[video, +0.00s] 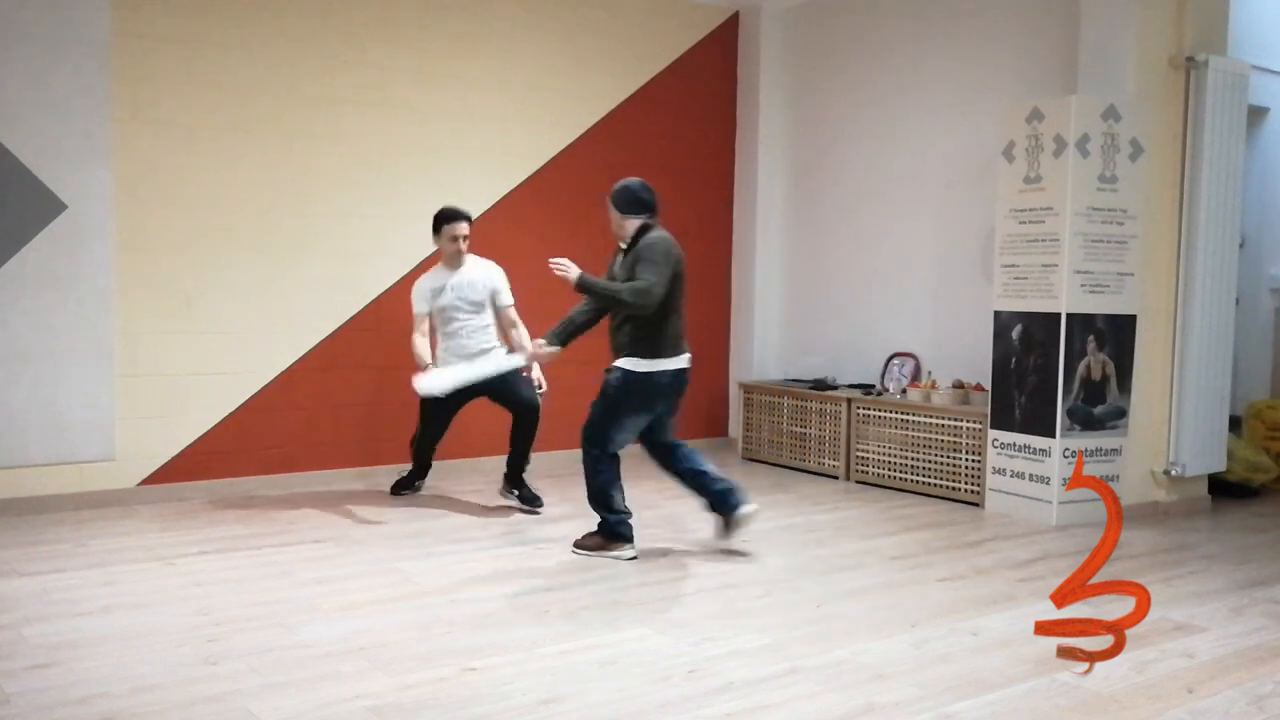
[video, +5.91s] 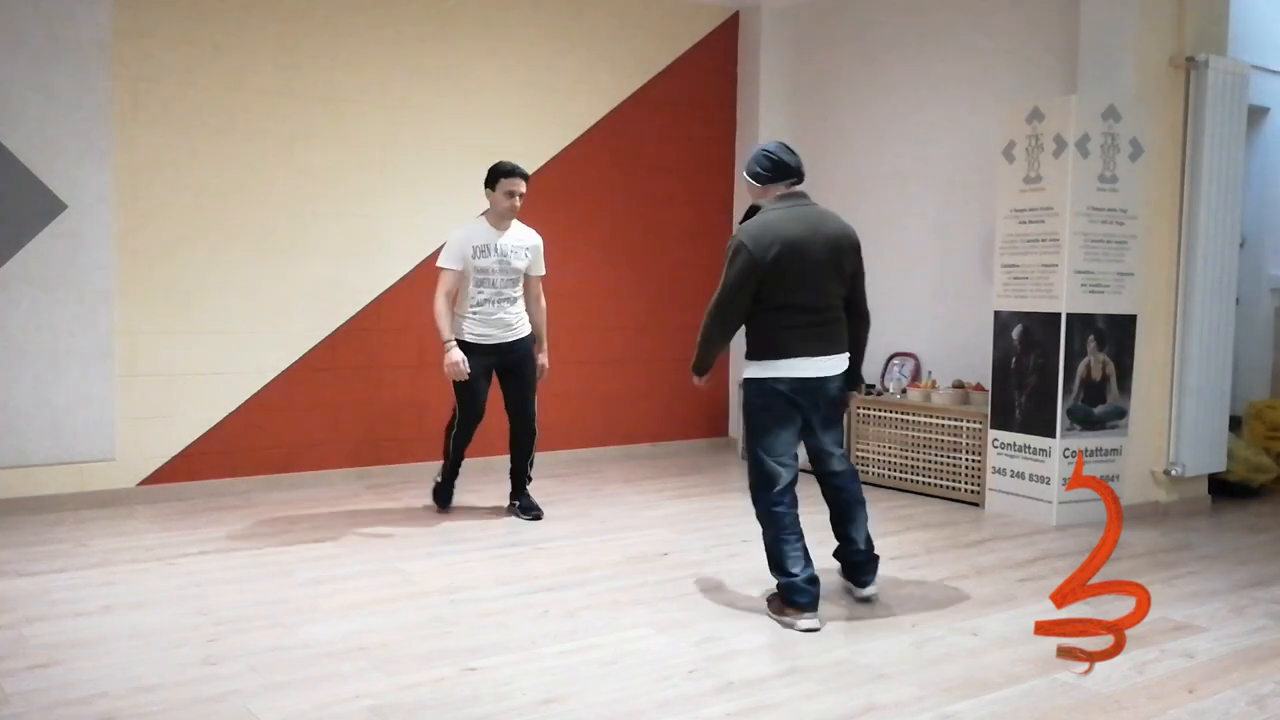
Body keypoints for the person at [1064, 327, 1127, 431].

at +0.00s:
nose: (1087, 346)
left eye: (1090, 342)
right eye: (1088, 342)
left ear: (1098, 344)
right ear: (1087, 345)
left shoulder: (1108, 364)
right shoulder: (1083, 365)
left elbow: (1114, 390)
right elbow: (1076, 391)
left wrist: (1108, 406)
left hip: (1103, 406)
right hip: (1086, 406)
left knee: (1121, 411)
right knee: (1071, 410)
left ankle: (1086, 424)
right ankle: (1101, 425)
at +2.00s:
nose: (1087, 346)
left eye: (1090, 342)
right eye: (1088, 342)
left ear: (1098, 344)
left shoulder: (1108, 364)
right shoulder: (1084, 364)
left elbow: (1114, 390)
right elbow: (1076, 390)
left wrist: (1106, 407)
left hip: (1103, 406)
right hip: (1086, 406)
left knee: (1121, 411)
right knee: (1071, 410)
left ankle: (1085, 425)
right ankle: (1101, 425)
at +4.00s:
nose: (1087, 345)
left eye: (1091, 342)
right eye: (1088, 342)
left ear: (1098, 344)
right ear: (1088, 345)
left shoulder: (1108, 364)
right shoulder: (1083, 365)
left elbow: (1113, 390)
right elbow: (1076, 391)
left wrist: (1106, 406)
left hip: (1103, 406)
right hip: (1086, 405)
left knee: (1121, 411)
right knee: (1071, 410)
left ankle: (1086, 425)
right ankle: (1102, 425)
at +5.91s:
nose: (1088, 345)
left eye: (1091, 342)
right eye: (1088, 342)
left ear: (1098, 344)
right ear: (1087, 344)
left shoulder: (1108, 364)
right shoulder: (1084, 364)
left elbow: (1114, 390)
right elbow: (1076, 390)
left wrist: (1108, 406)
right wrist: (1070, 409)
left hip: (1102, 406)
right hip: (1085, 406)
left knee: (1121, 411)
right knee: (1071, 410)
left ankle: (1086, 425)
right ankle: (1100, 425)